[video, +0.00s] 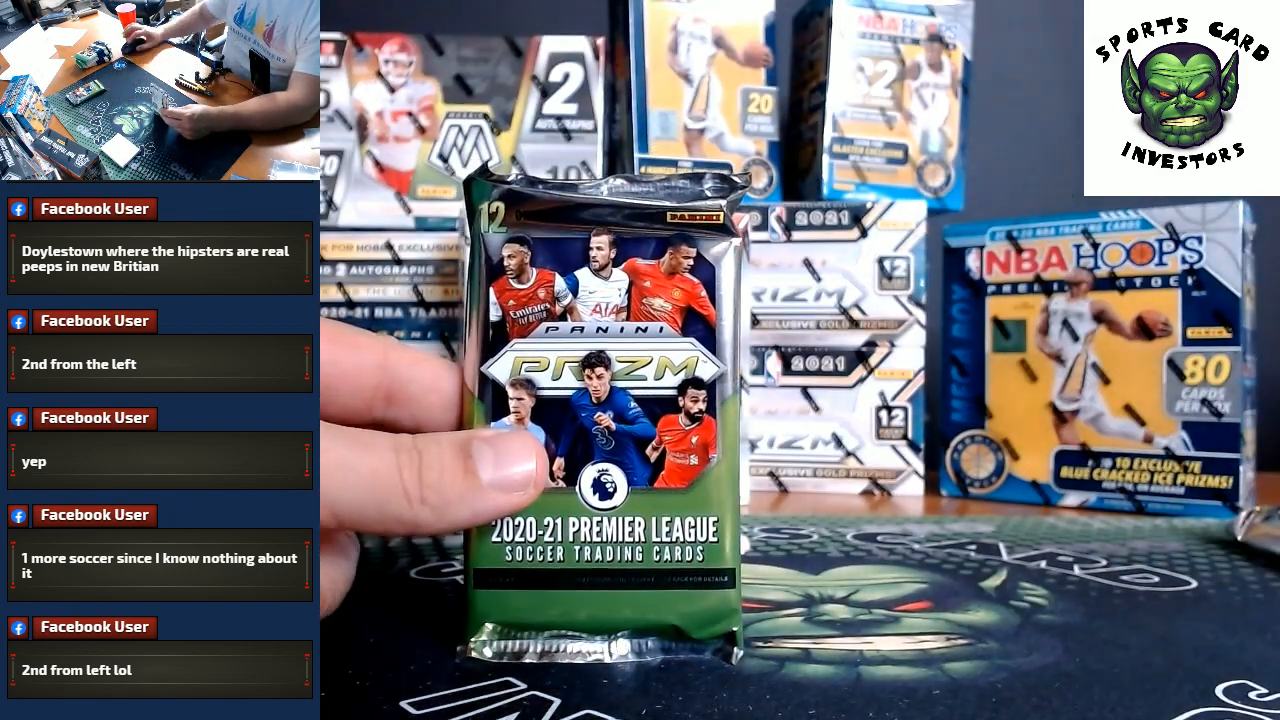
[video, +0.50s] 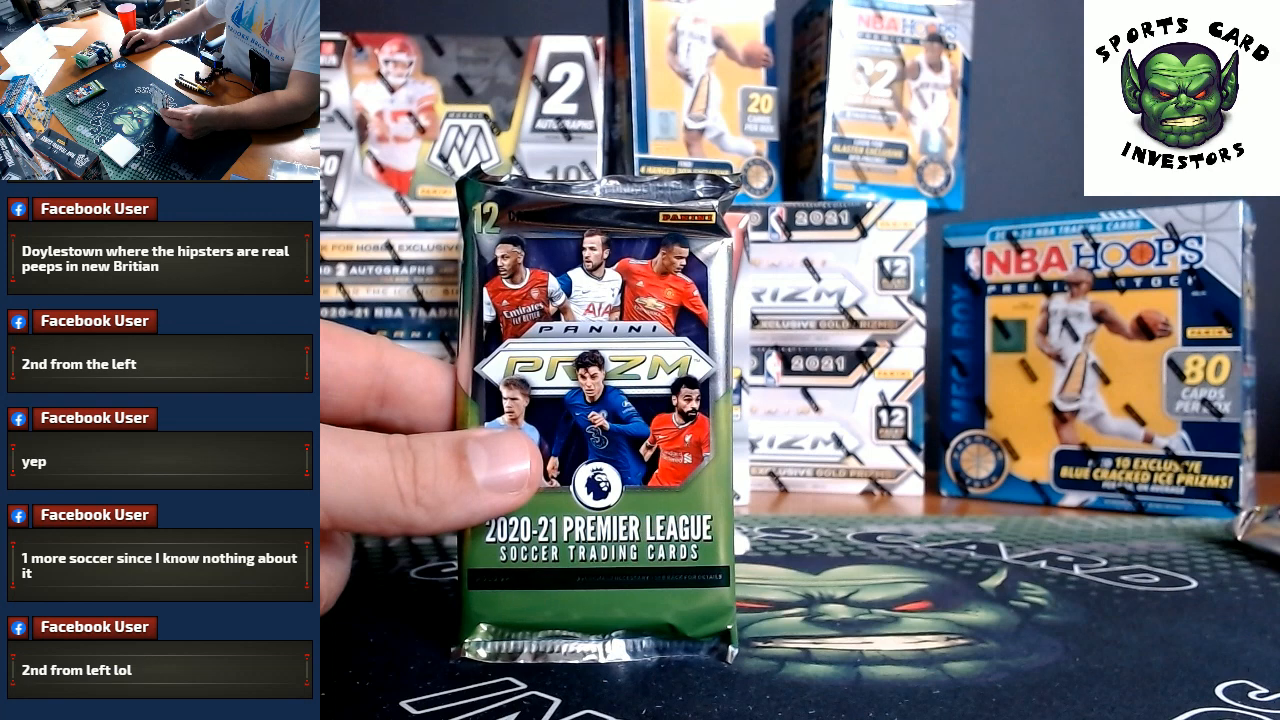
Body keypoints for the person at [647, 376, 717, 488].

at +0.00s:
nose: (701, 407)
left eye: (704, 401)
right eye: (694, 401)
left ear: (707, 401)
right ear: (681, 401)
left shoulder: (710, 426)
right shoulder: (665, 423)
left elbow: (715, 461)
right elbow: (655, 447)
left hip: (694, 492)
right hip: (664, 488)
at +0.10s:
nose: (697, 405)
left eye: (700, 400)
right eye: (691, 400)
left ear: (703, 400)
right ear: (677, 400)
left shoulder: (707, 425)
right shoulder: (662, 422)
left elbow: (712, 460)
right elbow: (652, 446)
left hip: (691, 491)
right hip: (661, 488)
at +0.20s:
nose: (694, 405)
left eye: (697, 399)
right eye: (687, 399)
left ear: (700, 399)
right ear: (674, 400)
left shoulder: (703, 425)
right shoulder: (658, 422)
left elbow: (709, 459)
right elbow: (648, 446)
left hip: (687, 490)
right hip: (658, 486)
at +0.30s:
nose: (693, 405)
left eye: (696, 399)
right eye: (687, 400)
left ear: (699, 399)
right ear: (673, 400)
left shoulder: (702, 425)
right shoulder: (658, 422)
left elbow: (707, 459)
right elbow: (648, 446)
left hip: (686, 490)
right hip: (657, 487)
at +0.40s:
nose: (694, 405)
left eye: (697, 400)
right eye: (688, 400)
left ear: (700, 400)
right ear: (674, 400)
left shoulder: (705, 426)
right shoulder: (659, 422)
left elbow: (709, 461)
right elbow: (649, 446)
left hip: (688, 491)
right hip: (658, 487)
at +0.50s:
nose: (694, 405)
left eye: (697, 400)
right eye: (688, 400)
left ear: (700, 400)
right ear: (674, 400)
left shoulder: (705, 426)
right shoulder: (659, 422)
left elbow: (709, 462)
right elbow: (649, 446)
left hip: (687, 491)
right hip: (658, 487)